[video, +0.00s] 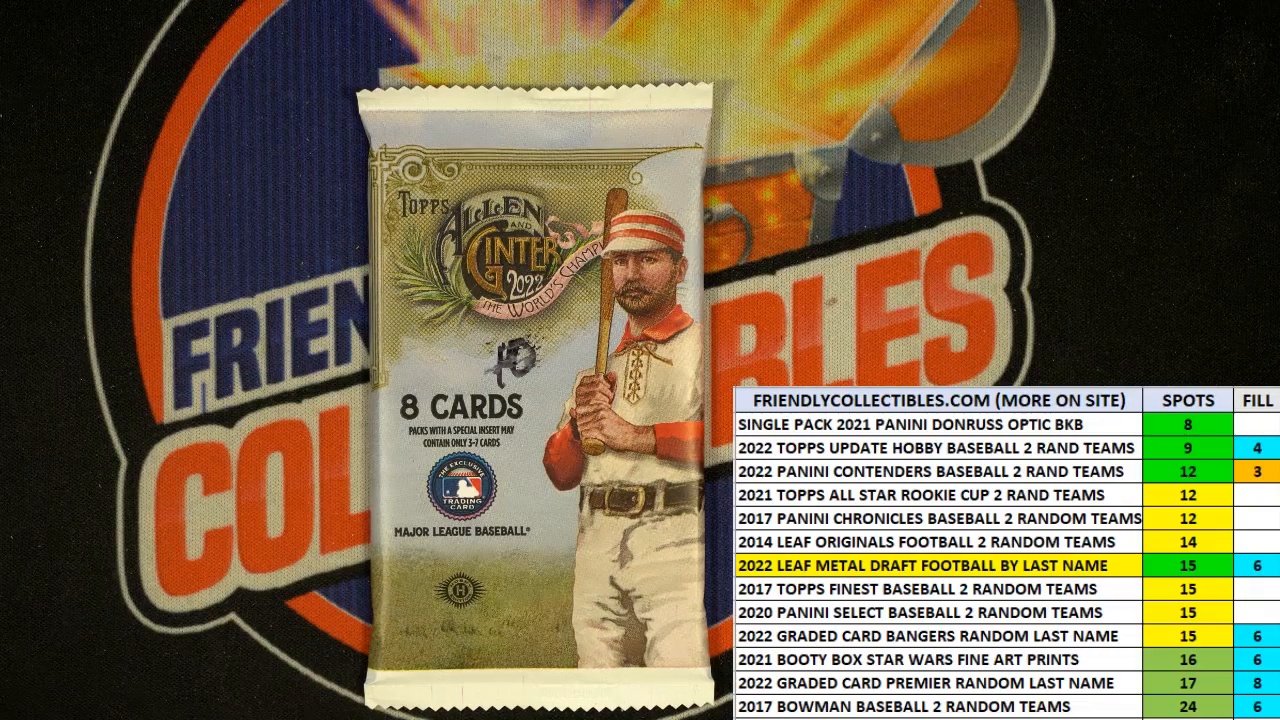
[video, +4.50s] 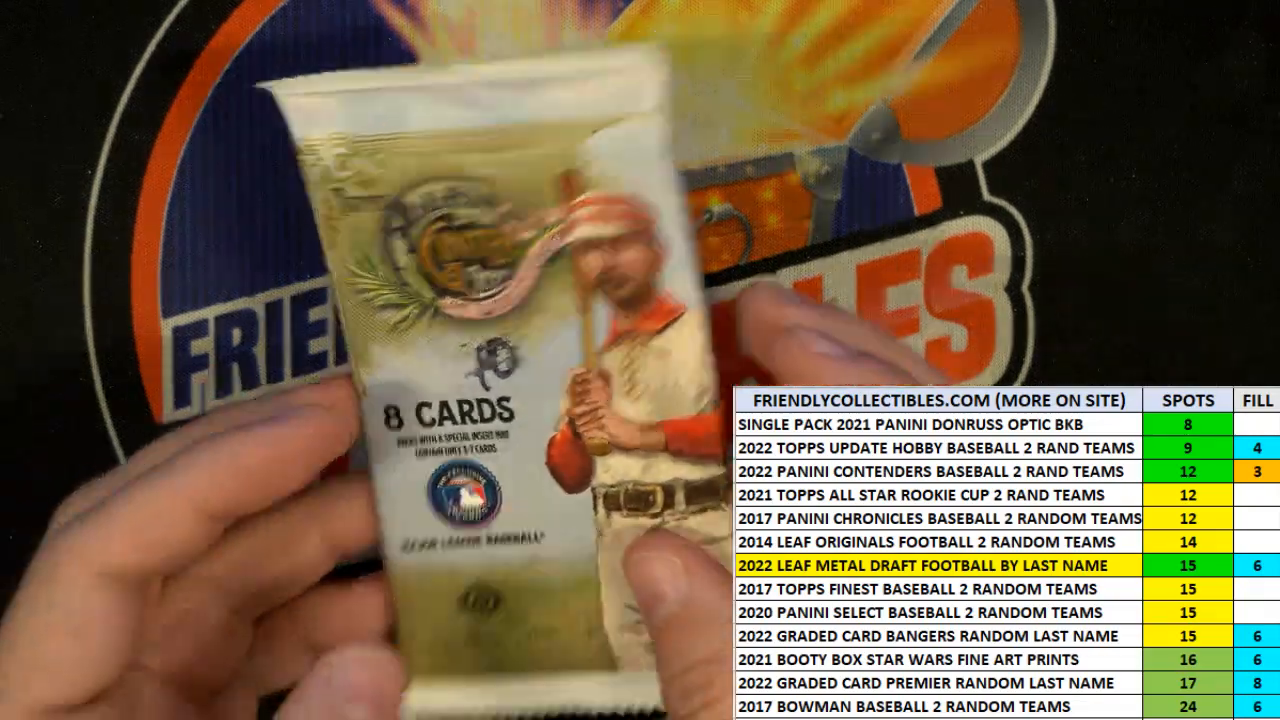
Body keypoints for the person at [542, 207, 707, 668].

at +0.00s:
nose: (631, 274)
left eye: (647, 259)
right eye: (620, 261)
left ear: (678, 270)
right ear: (609, 272)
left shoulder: (705, 346)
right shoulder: (604, 366)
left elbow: (724, 439)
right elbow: (560, 476)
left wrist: (633, 436)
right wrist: (577, 422)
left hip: (674, 530)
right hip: (597, 532)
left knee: (679, 689)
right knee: (601, 693)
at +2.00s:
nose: (630, 273)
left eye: (647, 259)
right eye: (620, 260)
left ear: (678, 269)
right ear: (609, 272)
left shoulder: (704, 346)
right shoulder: (604, 366)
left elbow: (724, 439)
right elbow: (561, 475)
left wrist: (635, 436)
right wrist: (576, 421)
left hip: (674, 530)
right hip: (597, 531)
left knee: (679, 686)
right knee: (600, 691)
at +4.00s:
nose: (614, 257)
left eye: (628, 239)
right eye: (601, 245)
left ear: (662, 245)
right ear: (592, 259)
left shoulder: (707, 327)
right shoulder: (604, 360)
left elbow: (740, 413)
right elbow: (577, 477)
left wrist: (647, 426)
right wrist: (585, 420)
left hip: (702, 518)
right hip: (626, 529)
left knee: (719, 675)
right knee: (656, 685)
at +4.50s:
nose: (605, 262)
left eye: (620, 243)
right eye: (589, 249)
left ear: (656, 252)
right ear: (580, 265)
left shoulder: (704, 332)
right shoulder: (599, 361)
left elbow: (743, 425)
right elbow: (570, 478)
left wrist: (644, 435)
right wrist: (575, 422)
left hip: (708, 533)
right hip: (621, 538)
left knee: (718, 678)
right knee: (643, 689)